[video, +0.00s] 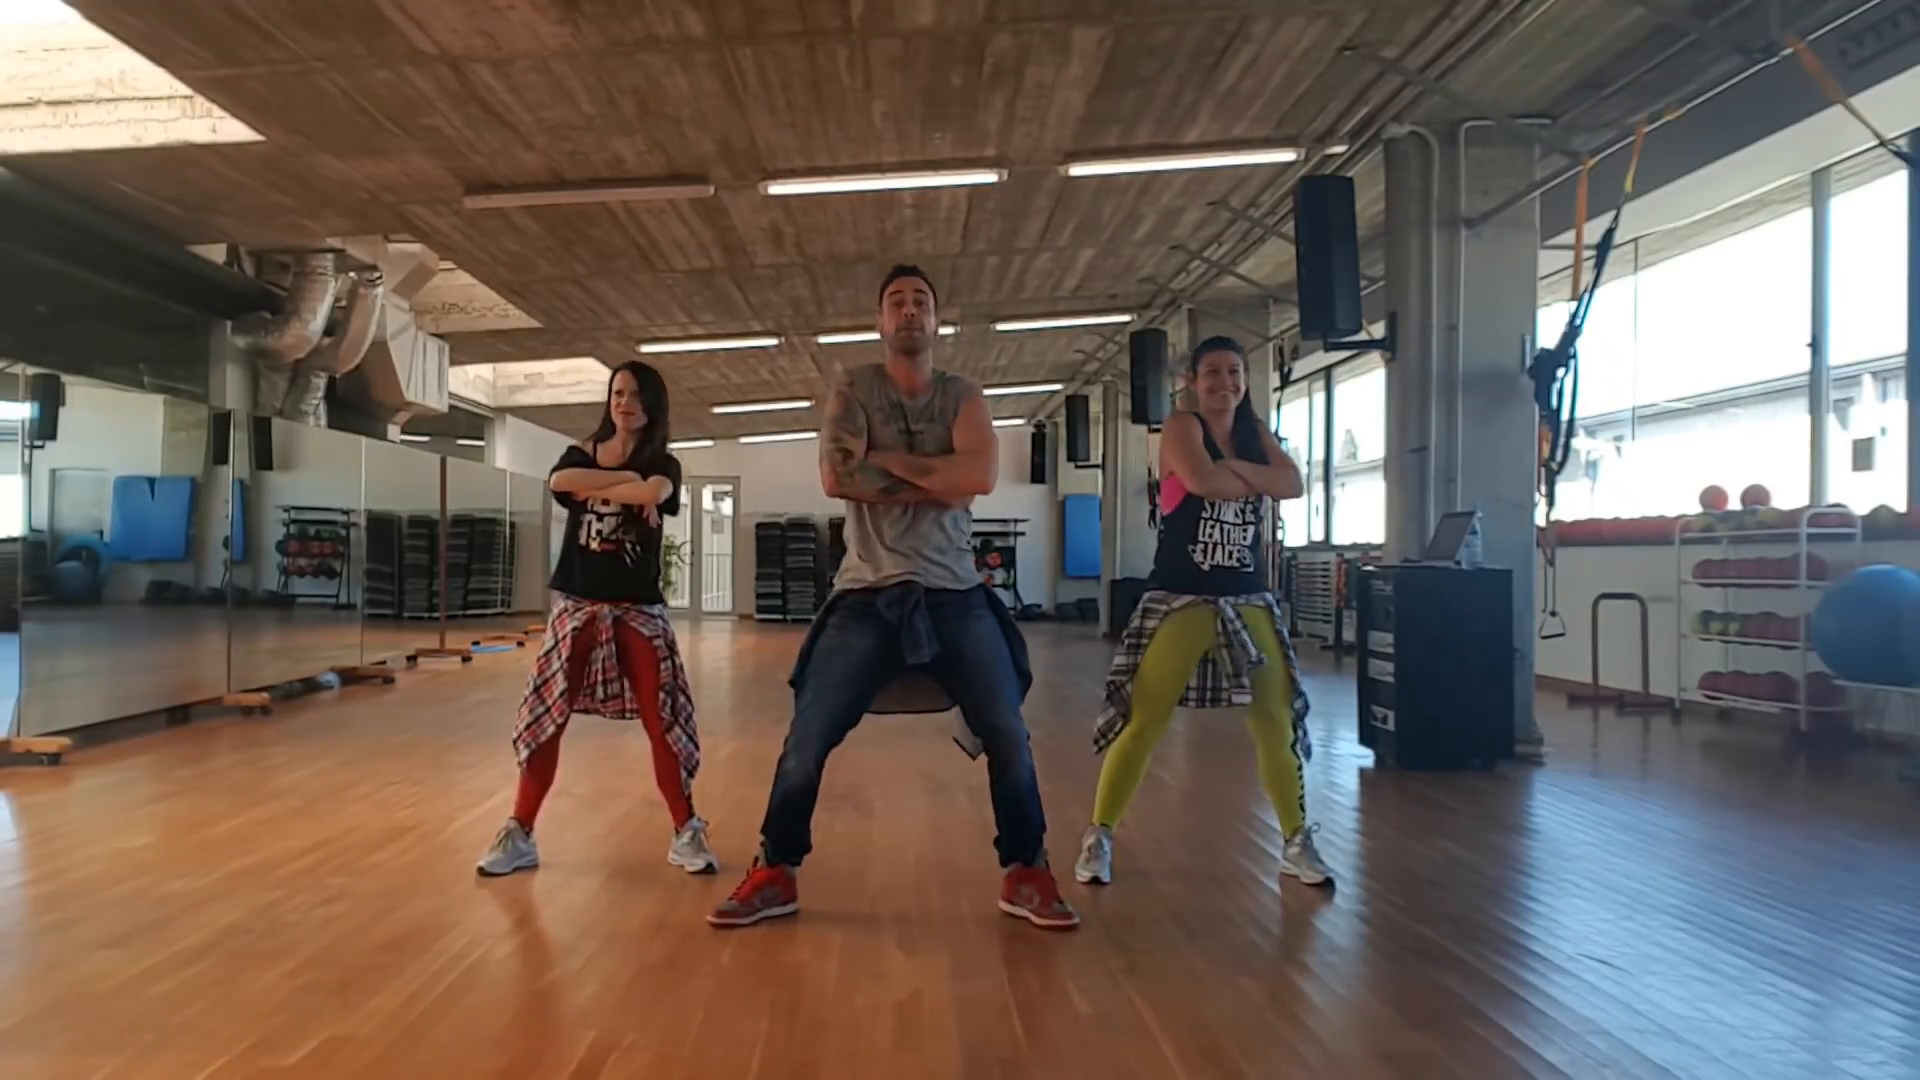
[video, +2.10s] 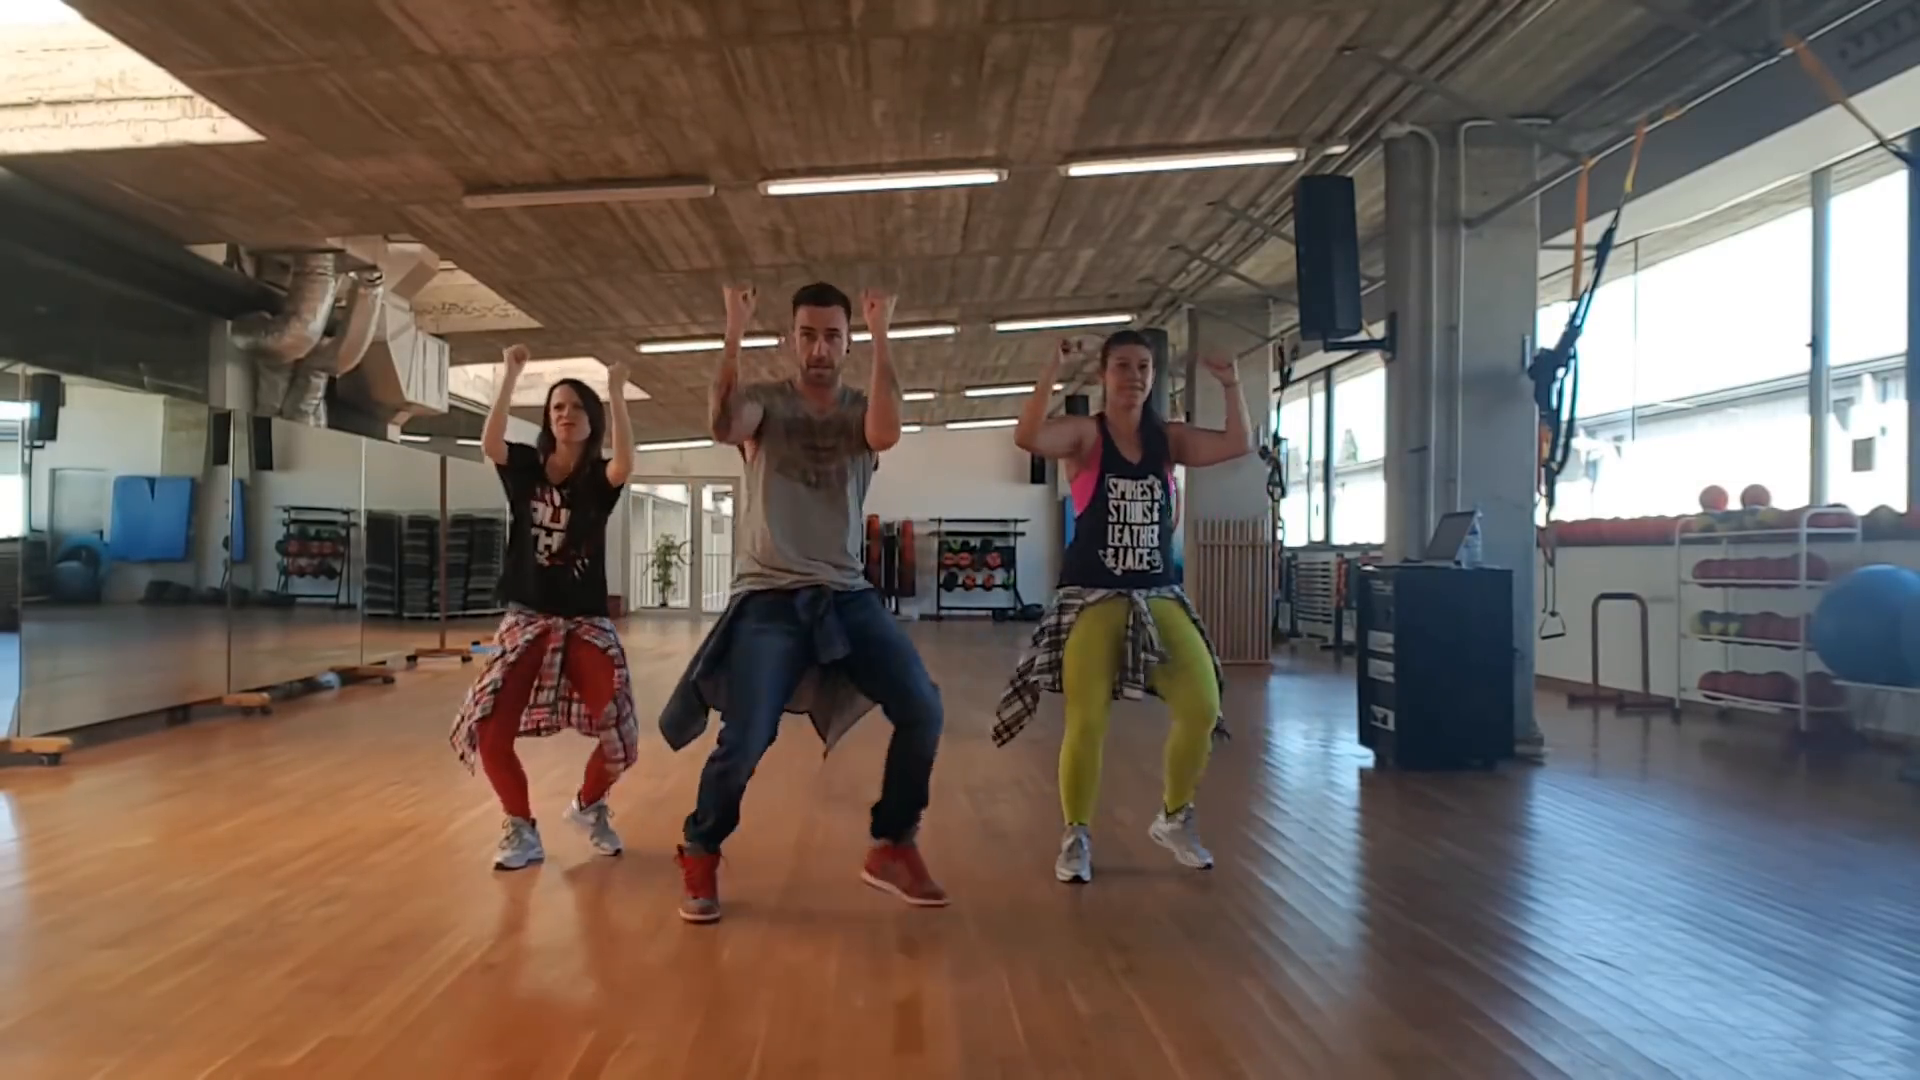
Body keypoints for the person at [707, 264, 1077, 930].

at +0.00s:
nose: (909, 309)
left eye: (920, 301)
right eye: (897, 301)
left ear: (937, 321)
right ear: (878, 321)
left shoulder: (963, 396)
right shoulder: (853, 392)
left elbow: (977, 476)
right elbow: (835, 480)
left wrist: (882, 458)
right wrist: (931, 488)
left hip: (954, 592)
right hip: (866, 592)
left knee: (1005, 727)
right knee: (809, 731)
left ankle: (1025, 873)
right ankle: (775, 872)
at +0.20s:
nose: (914, 316)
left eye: (925, 307)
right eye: (903, 307)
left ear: (942, 325)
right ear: (883, 326)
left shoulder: (970, 398)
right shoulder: (855, 397)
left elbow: (1028, 461)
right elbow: (816, 470)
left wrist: (975, 448)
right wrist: (859, 480)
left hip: (955, 592)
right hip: (866, 591)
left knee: (1006, 730)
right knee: (810, 726)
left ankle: (1025, 873)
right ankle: (775, 871)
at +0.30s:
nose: (912, 314)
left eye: (923, 305)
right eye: (901, 305)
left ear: (940, 320)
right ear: (882, 321)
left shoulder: (964, 393)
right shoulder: (858, 391)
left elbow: (1012, 458)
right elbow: (819, 457)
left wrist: (994, 379)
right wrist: (842, 380)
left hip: (952, 588)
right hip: (864, 585)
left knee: (1005, 729)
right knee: (809, 723)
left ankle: (1025, 873)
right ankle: (773, 871)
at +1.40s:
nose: (852, 364)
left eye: (865, 352)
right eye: (842, 351)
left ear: (880, 358)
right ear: (826, 357)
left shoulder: (900, 431)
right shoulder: (807, 424)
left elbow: (957, 467)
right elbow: (782, 460)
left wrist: (958, 380)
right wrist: (797, 377)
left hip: (873, 621)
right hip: (801, 620)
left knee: (934, 757)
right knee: (708, 721)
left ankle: (1055, 854)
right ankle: (748, 871)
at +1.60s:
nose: (810, 353)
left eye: (823, 341)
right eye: (799, 339)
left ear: (840, 348)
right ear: (783, 344)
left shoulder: (855, 421)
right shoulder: (756, 410)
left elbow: (912, 451)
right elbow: (713, 431)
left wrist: (916, 357)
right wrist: (734, 343)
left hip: (833, 598)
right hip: (758, 597)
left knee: (893, 738)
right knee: (685, 727)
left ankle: (980, 846)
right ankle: (745, 869)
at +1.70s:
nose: (800, 343)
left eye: (812, 331)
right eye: (789, 330)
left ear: (831, 337)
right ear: (775, 334)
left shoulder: (849, 405)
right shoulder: (747, 396)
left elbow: (914, 413)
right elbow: (701, 397)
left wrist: (913, 330)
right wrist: (716, 318)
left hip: (827, 582)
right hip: (747, 581)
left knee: (849, 727)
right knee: (688, 720)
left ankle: (897, 835)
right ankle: (735, 859)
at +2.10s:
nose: (820, 348)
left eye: (832, 336)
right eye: (808, 336)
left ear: (848, 342)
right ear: (788, 341)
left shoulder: (861, 407)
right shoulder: (763, 400)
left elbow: (885, 434)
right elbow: (721, 425)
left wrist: (879, 339)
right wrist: (733, 338)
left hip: (846, 591)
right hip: (770, 591)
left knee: (922, 709)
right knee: (747, 737)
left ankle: (894, 848)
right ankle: (701, 856)